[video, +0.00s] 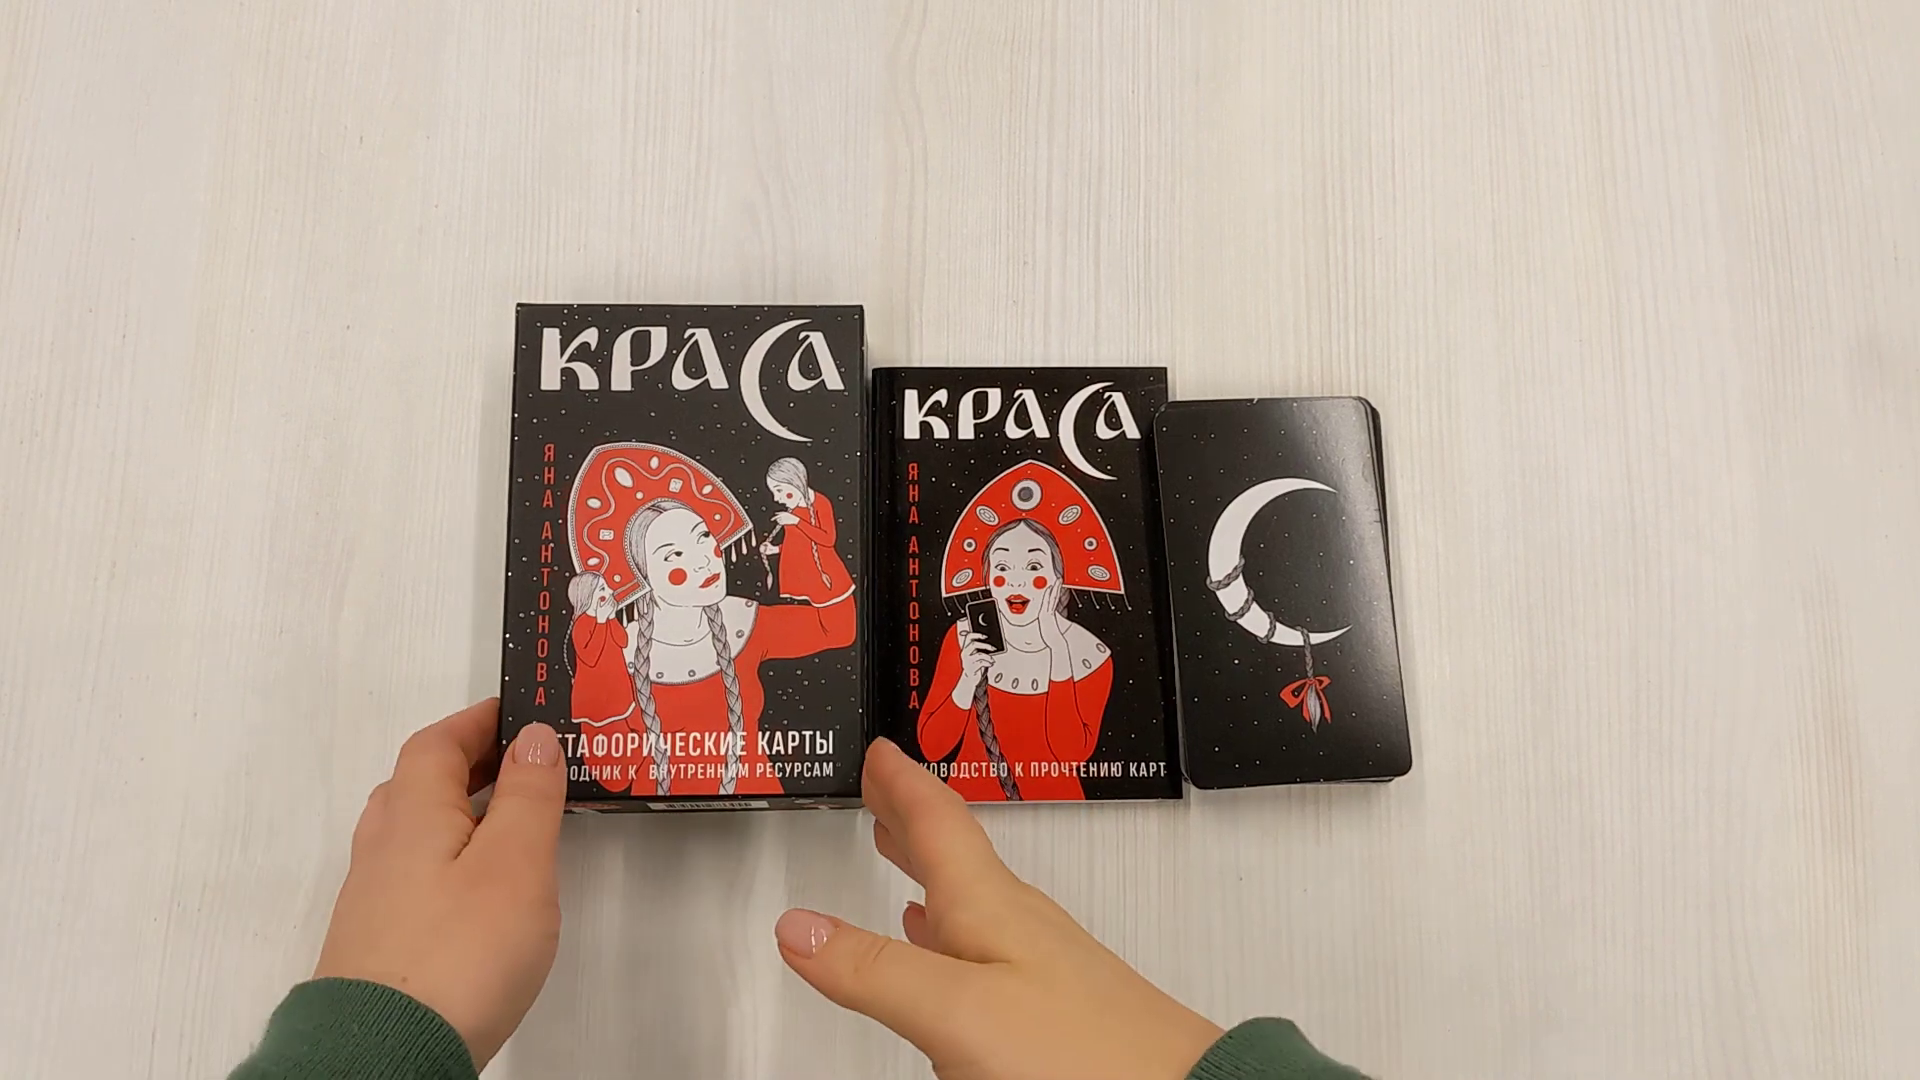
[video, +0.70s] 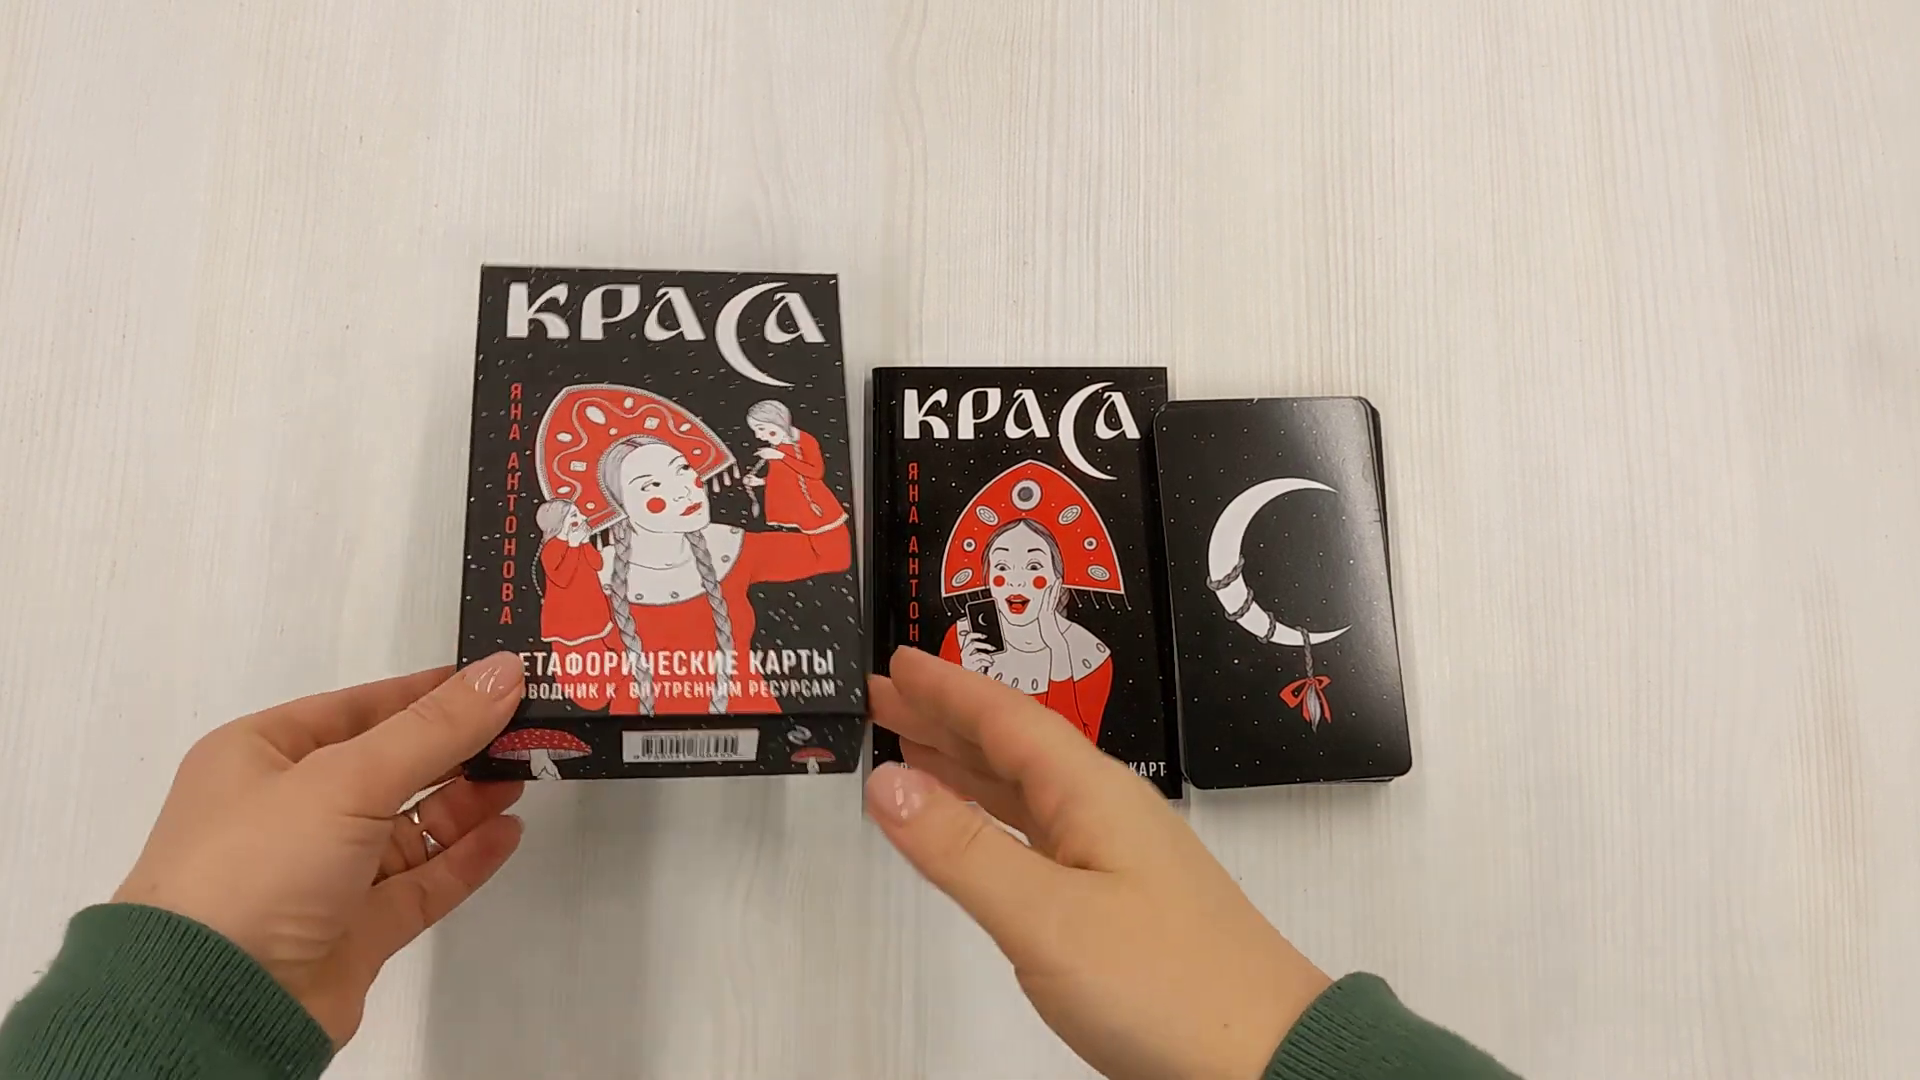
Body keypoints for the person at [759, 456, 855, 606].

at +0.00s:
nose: (776, 498)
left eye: (779, 490)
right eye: (774, 493)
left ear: (794, 482)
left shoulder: (821, 503)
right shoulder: (793, 508)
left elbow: (829, 539)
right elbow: (798, 543)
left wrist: (797, 521)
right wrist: (776, 549)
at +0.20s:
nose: (773, 493)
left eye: (775, 484)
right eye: (770, 487)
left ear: (791, 476)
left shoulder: (818, 497)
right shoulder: (790, 502)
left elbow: (826, 532)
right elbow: (795, 537)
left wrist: (794, 515)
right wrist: (773, 543)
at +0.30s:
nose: (770, 469)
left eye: (772, 461)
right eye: (767, 464)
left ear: (788, 453)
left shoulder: (815, 472)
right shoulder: (786, 479)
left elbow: (824, 507)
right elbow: (793, 513)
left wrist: (792, 490)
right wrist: (771, 519)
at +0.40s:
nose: (764, 444)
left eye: (766, 436)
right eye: (761, 439)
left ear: (782, 428)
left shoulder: (810, 446)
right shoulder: (781, 453)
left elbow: (819, 479)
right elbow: (788, 485)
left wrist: (786, 464)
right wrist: (766, 492)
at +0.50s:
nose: (756, 437)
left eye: (759, 430)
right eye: (754, 432)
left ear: (774, 422)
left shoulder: (802, 440)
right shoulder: (775, 447)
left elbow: (811, 472)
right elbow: (778, 479)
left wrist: (778, 457)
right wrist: (756, 484)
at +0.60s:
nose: (751, 434)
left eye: (754, 427)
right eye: (749, 429)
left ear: (769, 419)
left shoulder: (798, 437)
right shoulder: (770, 444)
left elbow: (807, 468)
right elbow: (774, 474)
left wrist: (773, 453)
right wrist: (751, 479)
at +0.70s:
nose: (758, 436)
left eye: (761, 429)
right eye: (755, 431)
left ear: (777, 422)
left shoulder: (807, 441)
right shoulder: (776, 448)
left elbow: (816, 472)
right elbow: (783, 477)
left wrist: (782, 456)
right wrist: (760, 481)